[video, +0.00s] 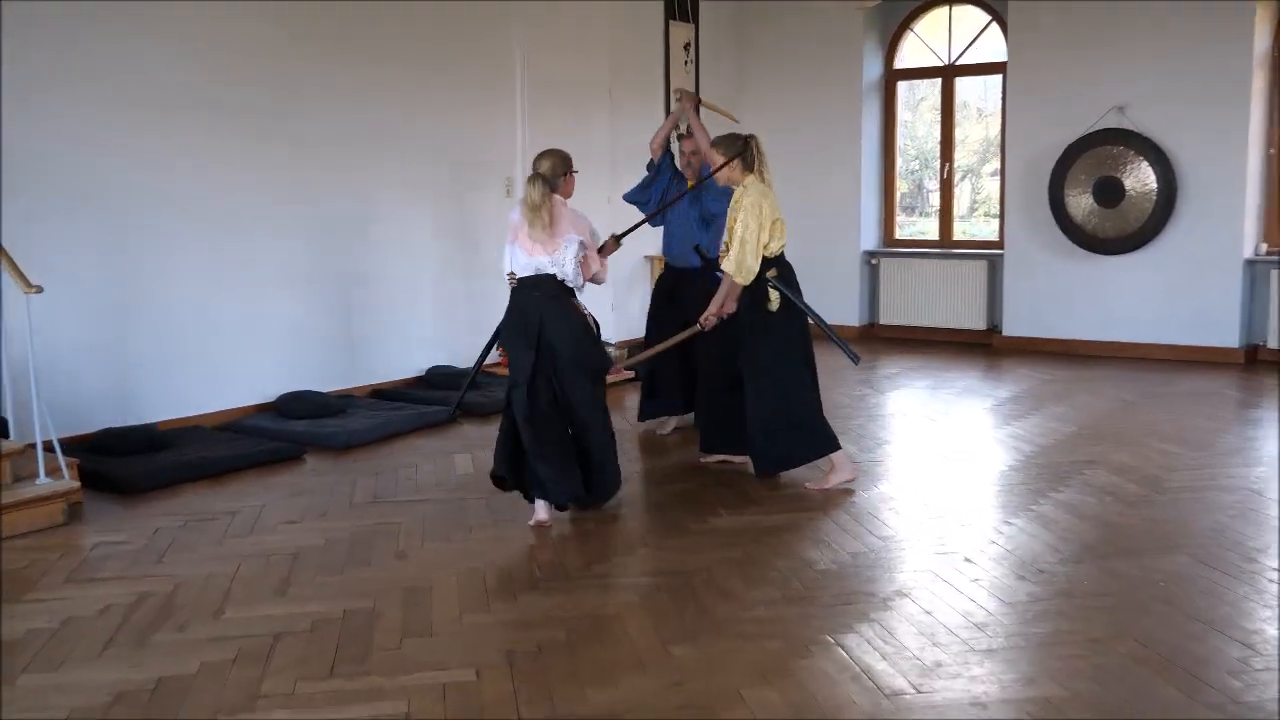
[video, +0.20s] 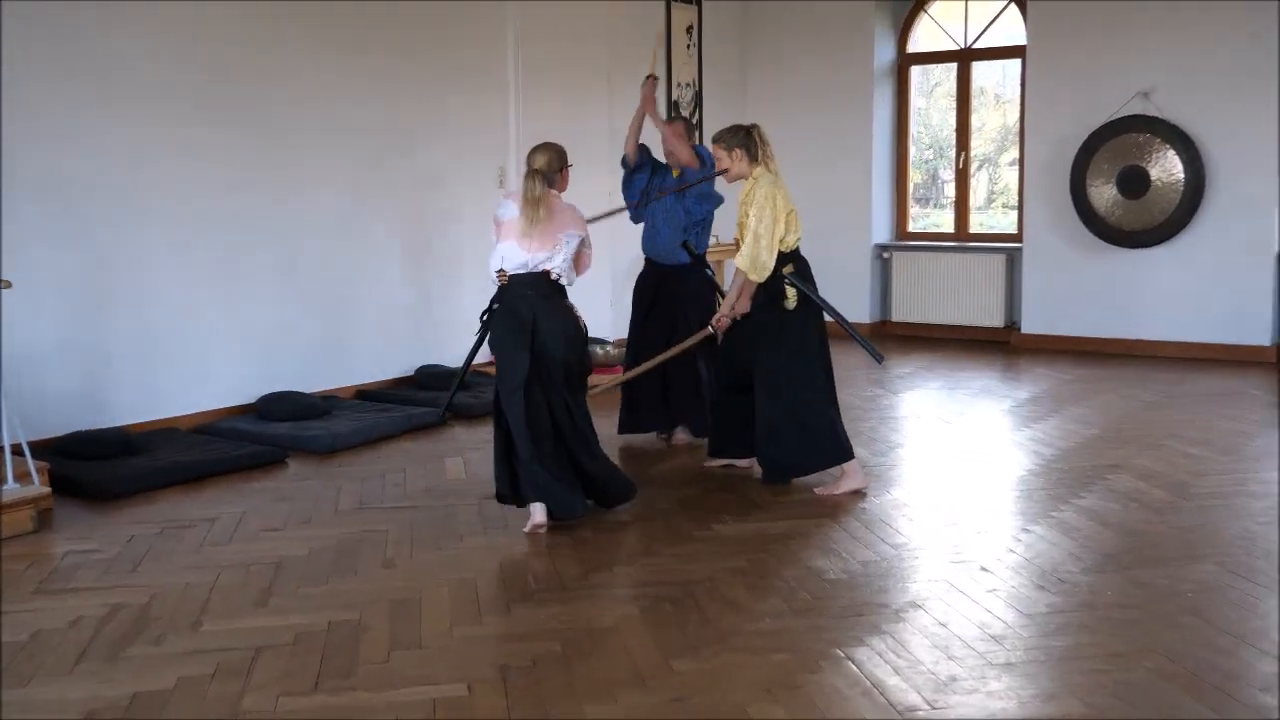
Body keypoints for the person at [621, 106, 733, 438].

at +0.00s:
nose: (688, 159)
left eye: (694, 153)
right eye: (684, 154)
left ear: (707, 156)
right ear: (678, 156)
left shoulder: (717, 189)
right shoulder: (672, 185)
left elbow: (713, 155)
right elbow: (657, 148)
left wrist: (692, 113)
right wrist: (677, 114)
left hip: (709, 279)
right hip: (674, 278)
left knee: (710, 349)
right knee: (666, 342)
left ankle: (714, 419)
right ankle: (674, 409)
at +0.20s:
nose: (668, 144)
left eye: (674, 139)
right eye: (666, 139)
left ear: (690, 142)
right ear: (663, 143)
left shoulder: (701, 176)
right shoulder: (653, 175)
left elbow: (680, 150)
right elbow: (631, 153)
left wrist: (654, 116)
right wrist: (642, 111)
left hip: (690, 277)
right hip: (655, 276)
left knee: (689, 350)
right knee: (656, 349)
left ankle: (690, 423)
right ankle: (665, 422)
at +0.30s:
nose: (664, 139)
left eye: (670, 134)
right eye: (659, 134)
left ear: (686, 138)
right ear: (654, 138)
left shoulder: (696, 172)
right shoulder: (643, 174)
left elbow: (680, 182)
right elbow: (617, 174)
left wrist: (641, 155)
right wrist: (624, 137)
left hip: (683, 273)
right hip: (647, 271)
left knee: (680, 348)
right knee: (646, 347)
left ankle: (675, 430)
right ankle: (655, 427)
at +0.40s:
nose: (655, 134)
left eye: (662, 128)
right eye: (650, 129)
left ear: (677, 132)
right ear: (645, 133)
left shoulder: (689, 171)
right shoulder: (632, 168)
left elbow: (687, 209)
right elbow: (607, 211)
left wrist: (639, 196)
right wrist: (612, 184)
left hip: (674, 273)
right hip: (636, 272)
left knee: (673, 352)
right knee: (632, 348)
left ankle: (670, 436)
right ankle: (637, 430)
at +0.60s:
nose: (632, 122)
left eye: (640, 116)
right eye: (628, 116)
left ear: (658, 121)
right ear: (623, 119)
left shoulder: (672, 164)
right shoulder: (611, 157)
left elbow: (684, 211)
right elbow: (584, 210)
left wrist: (632, 221)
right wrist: (601, 207)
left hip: (653, 270)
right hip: (610, 269)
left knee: (656, 351)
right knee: (601, 349)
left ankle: (660, 434)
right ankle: (587, 436)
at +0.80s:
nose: (619, 124)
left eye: (629, 118)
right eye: (615, 116)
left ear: (644, 125)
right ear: (608, 118)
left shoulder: (648, 174)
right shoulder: (584, 158)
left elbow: (649, 224)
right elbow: (572, 203)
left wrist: (608, 243)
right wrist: (578, 243)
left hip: (625, 278)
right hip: (580, 277)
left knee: (644, 356)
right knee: (575, 362)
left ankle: (650, 444)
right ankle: (560, 451)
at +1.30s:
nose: (575, 132)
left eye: (585, 125)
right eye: (569, 123)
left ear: (598, 126)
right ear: (559, 123)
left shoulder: (609, 167)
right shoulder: (540, 166)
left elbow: (611, 230)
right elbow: (536, 232)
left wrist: (573, 281)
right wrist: (543, 293)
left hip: (593, 278)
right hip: (545, 281)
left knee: (598, 362)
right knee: (548, 368)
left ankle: (595, 449)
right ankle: (552, 460)